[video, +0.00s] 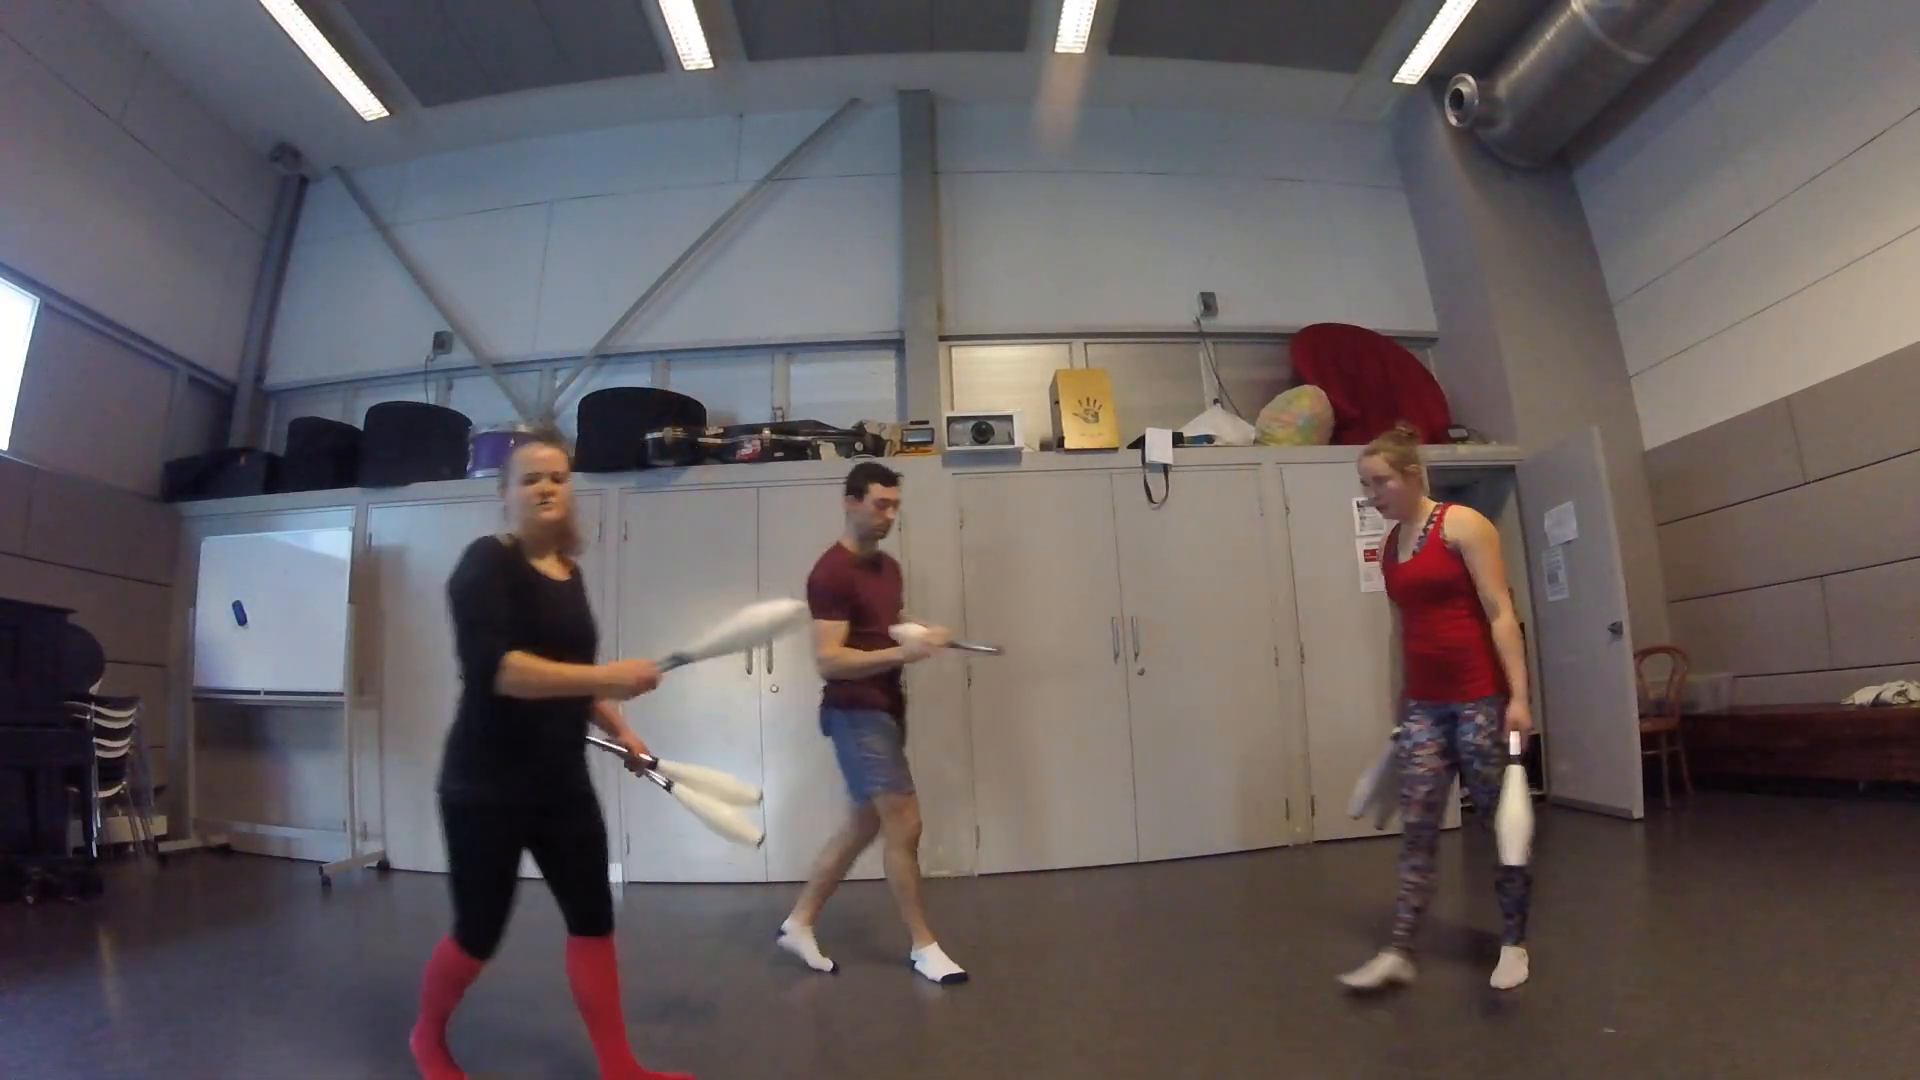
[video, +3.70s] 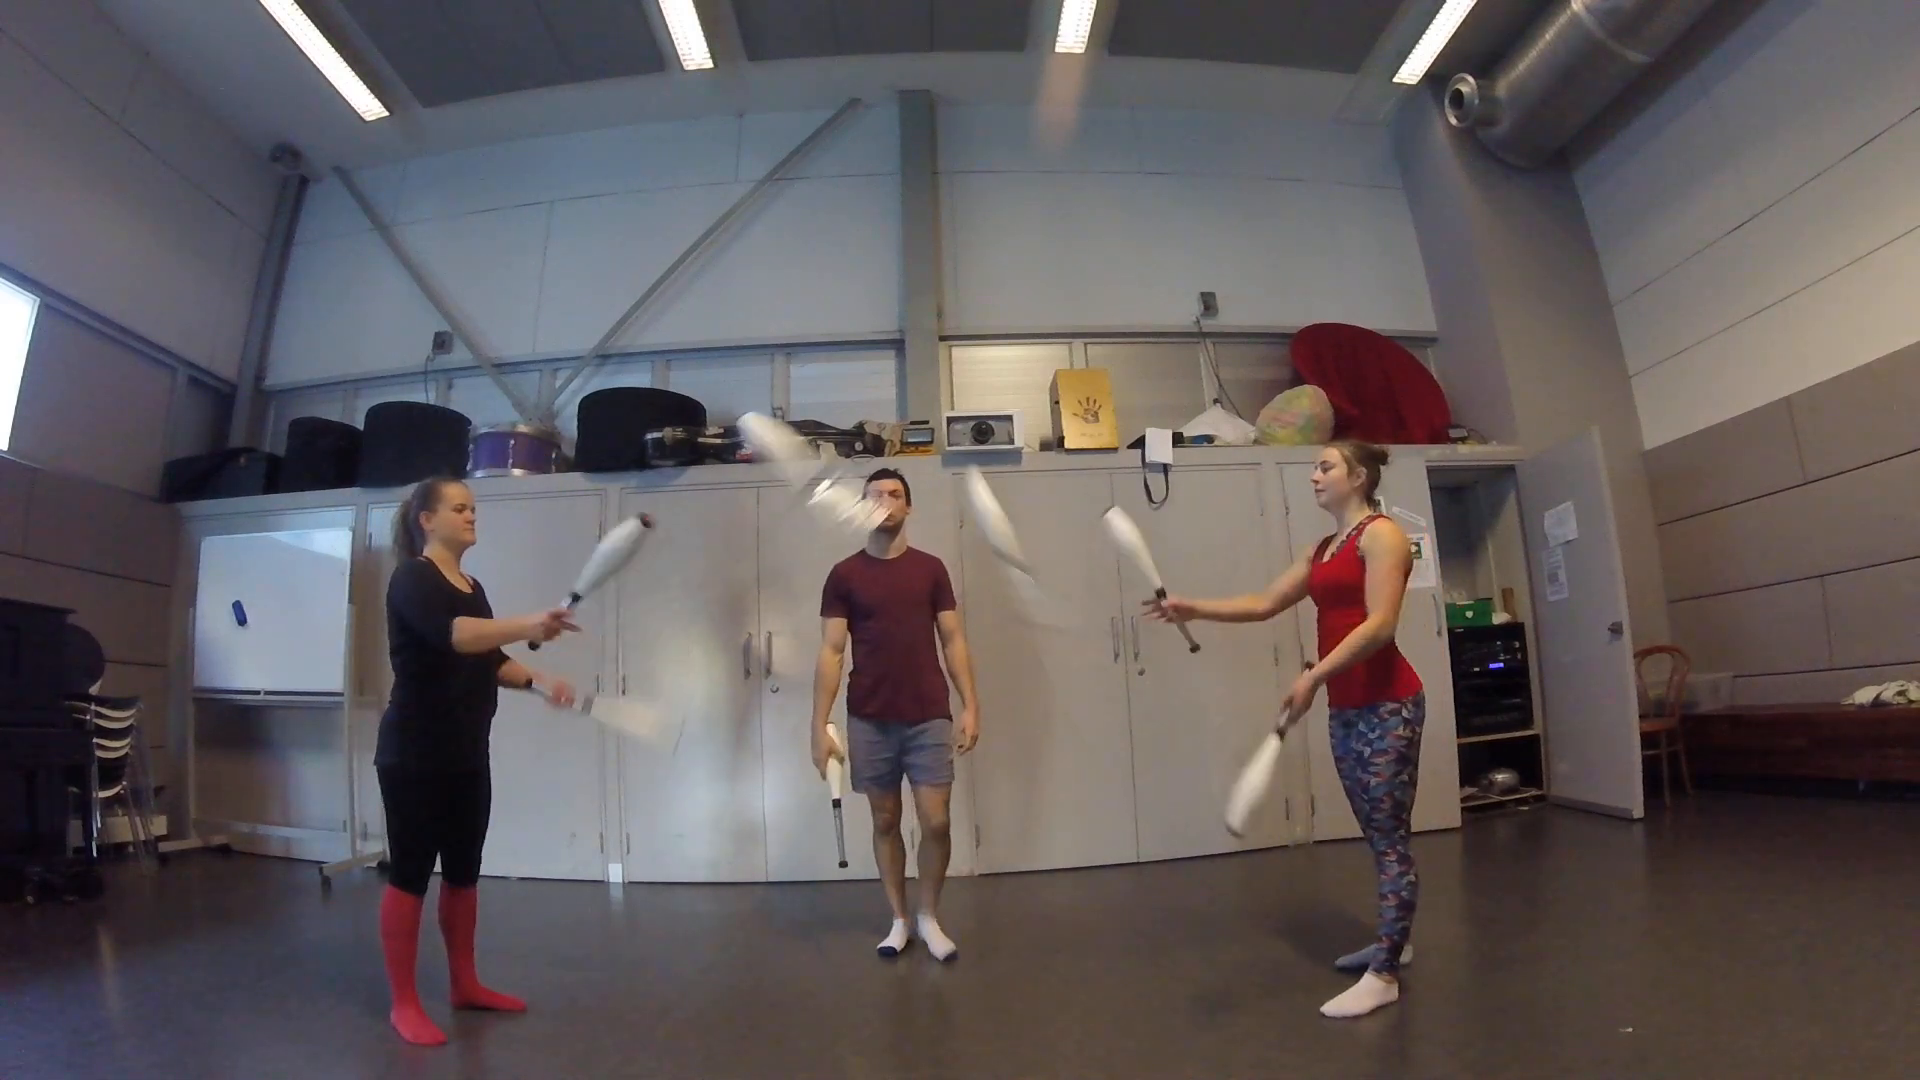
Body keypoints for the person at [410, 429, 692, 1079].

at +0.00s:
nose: (547, 489)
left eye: (557, 477)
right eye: (531, 480)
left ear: (571, 488)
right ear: (508, 494)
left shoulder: (567, 572)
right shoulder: (486, 564)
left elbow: (568, 671)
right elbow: (500, 672)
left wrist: (616, 728)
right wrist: (605, 678)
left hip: (559, 773)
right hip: (486, 777)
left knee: (592, 919)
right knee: (478, 931)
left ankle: (618, 1065)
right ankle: (426, 1040)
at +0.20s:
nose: (498, 495)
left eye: (509, 486)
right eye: (484, 485)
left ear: (524, 500)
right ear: (459, 498)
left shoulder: (525, 580)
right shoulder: (428, 569)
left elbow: (523, 676)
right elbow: (426, 676)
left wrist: (573, 713)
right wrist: (520, 696)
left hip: (505, 772)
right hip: (429, 776)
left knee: (554, 914)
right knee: (438, 922)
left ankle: (594, 1058)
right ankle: (433, 1053)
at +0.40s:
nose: (468, 491)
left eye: (478, 481)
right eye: (454, 481)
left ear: (492, 494)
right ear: (430, 495)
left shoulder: (503, 574)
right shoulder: (398, 563)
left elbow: (515, 657)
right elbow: (391, 665)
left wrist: (534, 677)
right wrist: (483, 685)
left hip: (483, 758)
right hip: (408, 762)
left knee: (528, 894)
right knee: (422, 909)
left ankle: (502, 1011)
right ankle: (431, 1048)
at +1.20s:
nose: (452, 525)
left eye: (456, 516)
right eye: (440, 515)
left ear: (459, 525)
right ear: (408, 522)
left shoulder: (466, 592)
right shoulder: (371, 583)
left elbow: (475, 663)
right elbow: (330, 662)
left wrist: (500, 668)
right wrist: (391, 673)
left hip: (455, 757)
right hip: (388, 758)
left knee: (445, 878)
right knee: (391, 884)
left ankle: (440, 991)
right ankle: (345, 992)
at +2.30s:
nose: (445, 525)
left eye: (445, 517)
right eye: (434, 516)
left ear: (438, 528)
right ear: (398, 524)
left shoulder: (443, 592)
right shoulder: (374, 582)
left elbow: (478, 657)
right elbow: (385, 644)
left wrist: (524, 622)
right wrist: (450, 600)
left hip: (449, 748)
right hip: (393, 753)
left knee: (456, 870)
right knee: (407, 880)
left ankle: (465, 985)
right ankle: (358, 987)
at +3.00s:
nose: (465, 519)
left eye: (465, 510)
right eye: (454, 510)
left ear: (458, 522)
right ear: (417, 519)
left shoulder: (462, 586)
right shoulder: (395, 582)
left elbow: (505, 645)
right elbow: (400, 660)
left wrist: (536, 590)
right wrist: (481, 671)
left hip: (457, 748)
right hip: (402, 751)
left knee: (457, 871)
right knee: (403, 875)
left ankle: (465, 986)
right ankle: (404, 1005)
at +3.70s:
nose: (472, 519)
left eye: (472, 510)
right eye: (460, 510)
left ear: (466, 520)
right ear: (425, 520)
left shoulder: (471, 589)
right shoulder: (411, 580)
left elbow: (487, 660)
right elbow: (454, 636)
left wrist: (537, 676)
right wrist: (530, 626)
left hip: (466, 751)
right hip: (414, 753)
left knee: (462, 870)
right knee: (410, 872)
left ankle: (466, 986)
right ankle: (404, 1005)